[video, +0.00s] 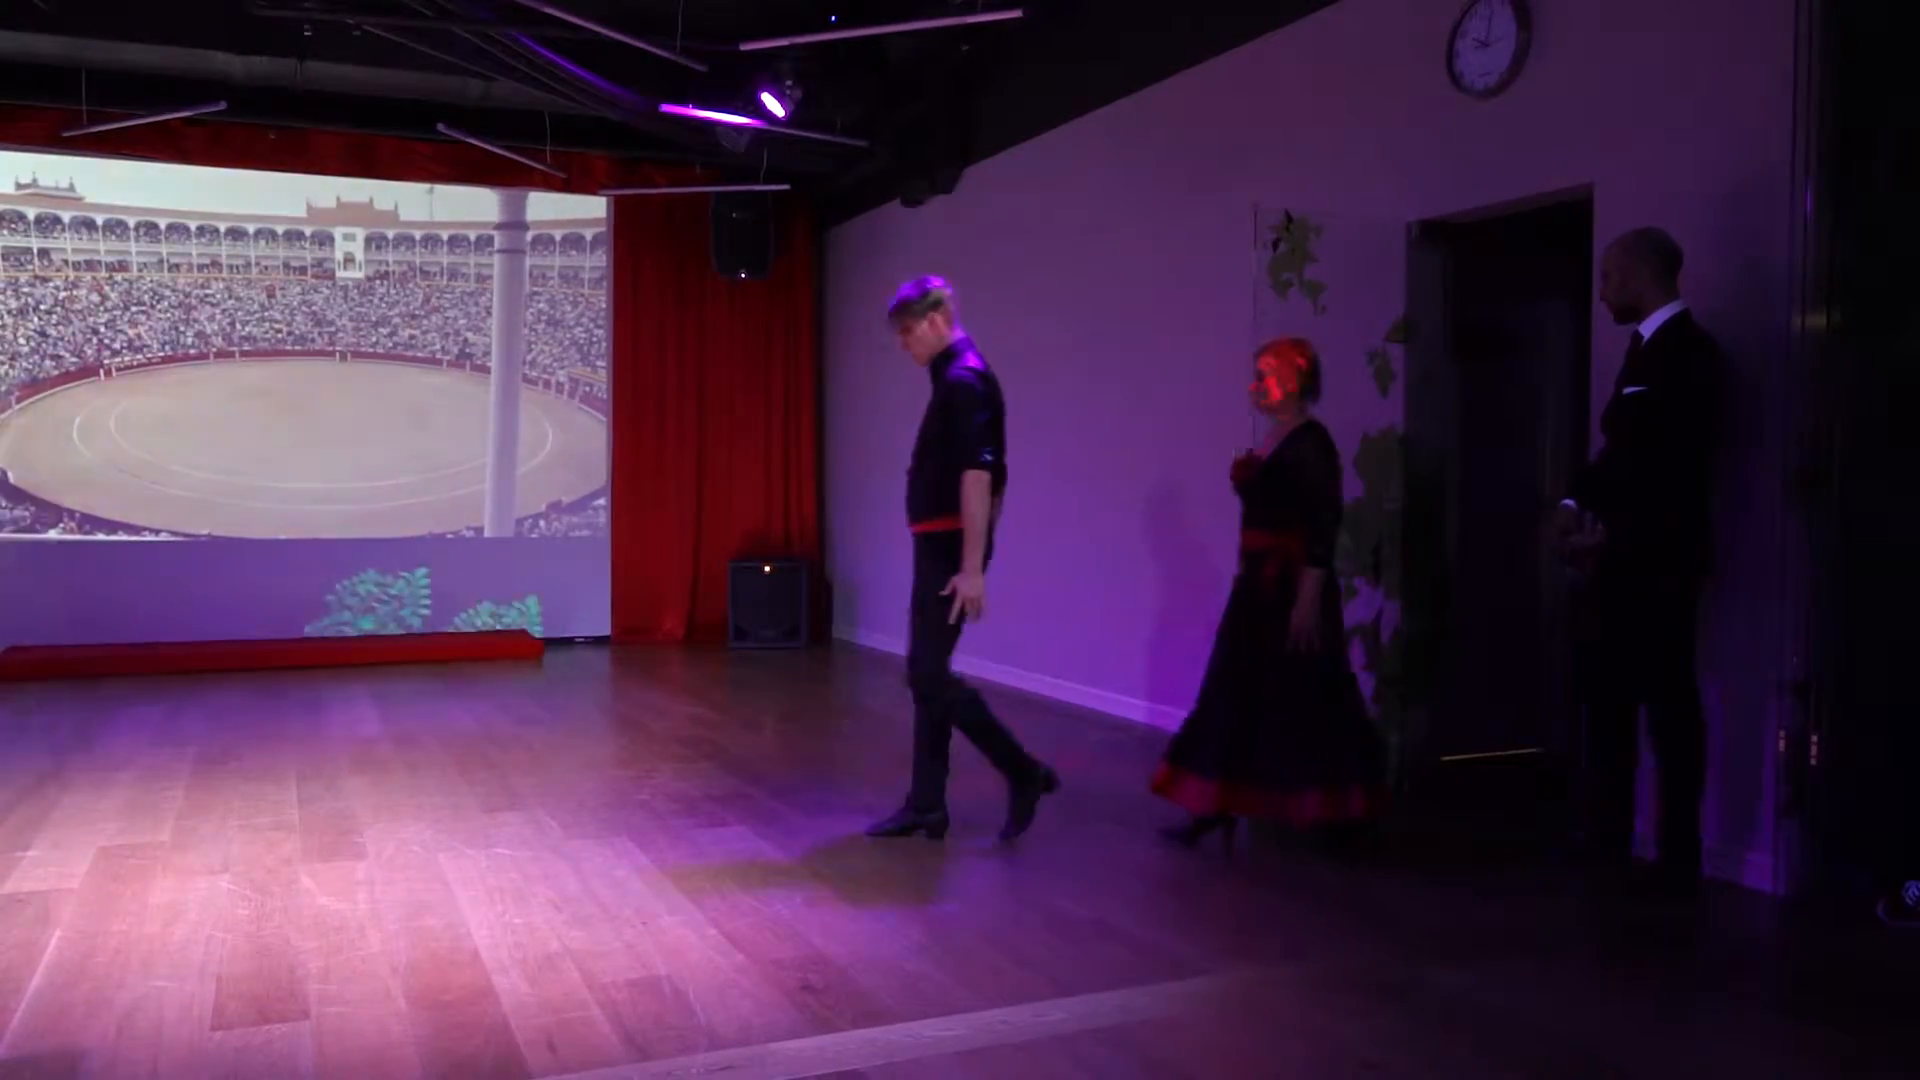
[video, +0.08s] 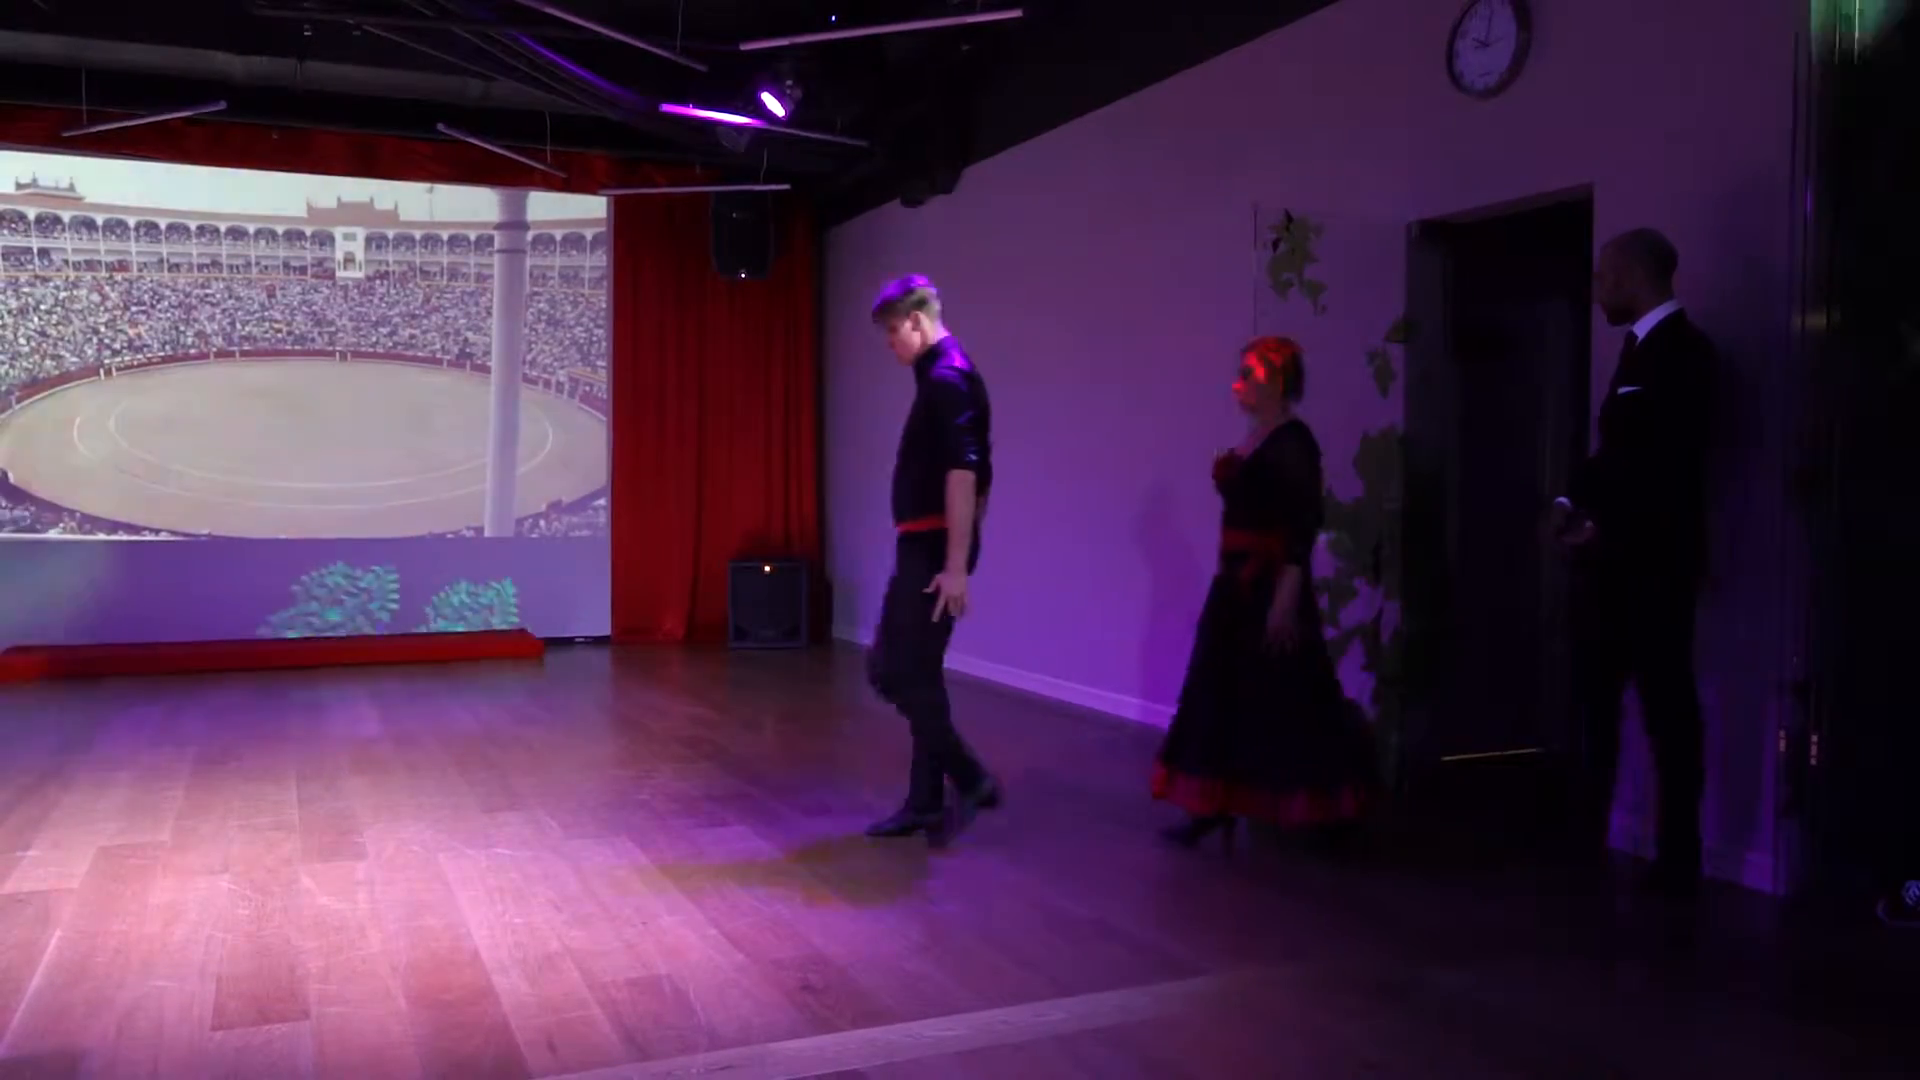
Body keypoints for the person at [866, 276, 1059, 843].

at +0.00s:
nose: (904, 343)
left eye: (909, 330)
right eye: (900, 333)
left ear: (940, 320)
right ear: (937, 324)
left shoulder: (964, 381)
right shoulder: (956, 375)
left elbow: (978, 479)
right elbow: (964, 474)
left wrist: (973, 570)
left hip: (949, 546)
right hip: (936, 541)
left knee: (930, 674)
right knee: (928, 676)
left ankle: (1025, 773)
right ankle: (925, 805)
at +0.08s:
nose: (891, 344)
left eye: (894, 331)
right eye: (887, 333)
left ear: (921, 321)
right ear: (917, 323)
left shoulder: (948, 380)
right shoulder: (944, 374)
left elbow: (963, 476)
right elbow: (960, 475)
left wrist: (956, 566)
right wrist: (935, 558)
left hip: (931, 549)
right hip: (924, 545)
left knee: (900, 670)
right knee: (913, 672)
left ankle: (969, 781)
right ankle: (925, 799)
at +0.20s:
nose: (866, 344)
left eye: (870, 331)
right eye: (863, 333)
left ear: (896, 321)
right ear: (901, 322)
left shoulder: (924, 380)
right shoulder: (928, 373)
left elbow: (942, 473)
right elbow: (949, 474)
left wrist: (933, 565)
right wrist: (922, 554)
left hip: (904, 549)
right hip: (919, 546)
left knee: (851, 658)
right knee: (916, 671)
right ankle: (926, 804)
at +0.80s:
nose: (748, 339)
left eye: (751, 326)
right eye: (745, 328)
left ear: (779, 315)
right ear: (781, 316)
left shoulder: (807, 370)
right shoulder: (816, 365)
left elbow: (827, 463)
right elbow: (849, 465)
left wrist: (821, 554)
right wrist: (835, 540)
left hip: (802, 537)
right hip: (819, 532)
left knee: (802, 671)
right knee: (851, 663)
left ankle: (801, 803)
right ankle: (907, 783)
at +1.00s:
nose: (705, 345)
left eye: (708, 332)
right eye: (702, 334)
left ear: (735, 321)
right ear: (740, 321)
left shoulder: (763, 375)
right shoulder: (777, 368)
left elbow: (780, 470)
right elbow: (818, 468)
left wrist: (780, 562)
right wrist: (815, 545)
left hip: (763, 541)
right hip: (773, 536)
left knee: (772, 671)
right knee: (762, 667)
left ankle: (800, 804)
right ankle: (850, 760)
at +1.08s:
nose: (686, 350)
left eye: (688, 336)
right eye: (683, 338)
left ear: (716, 326)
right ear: (725, 326)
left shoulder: (740, 381)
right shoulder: (768, 376)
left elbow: (753, 472)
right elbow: (803, 471)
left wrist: (762, 567)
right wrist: (801, 544)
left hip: (746, 545)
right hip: (762, 540)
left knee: (761, 668)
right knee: (714, 661)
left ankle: (798, 802)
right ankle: (784, 784)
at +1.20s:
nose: (652, 355)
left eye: (654, 342)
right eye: (650, 344)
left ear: (682, 331)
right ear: (688, 332)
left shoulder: (699, 391)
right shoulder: (737, 384)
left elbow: (714, 487)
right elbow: (779, 479)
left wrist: (728, 577)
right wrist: (775, 553)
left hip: (713, 555)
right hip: (727, 550)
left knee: (749, 680)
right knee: (653, 654)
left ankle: (800, 802)